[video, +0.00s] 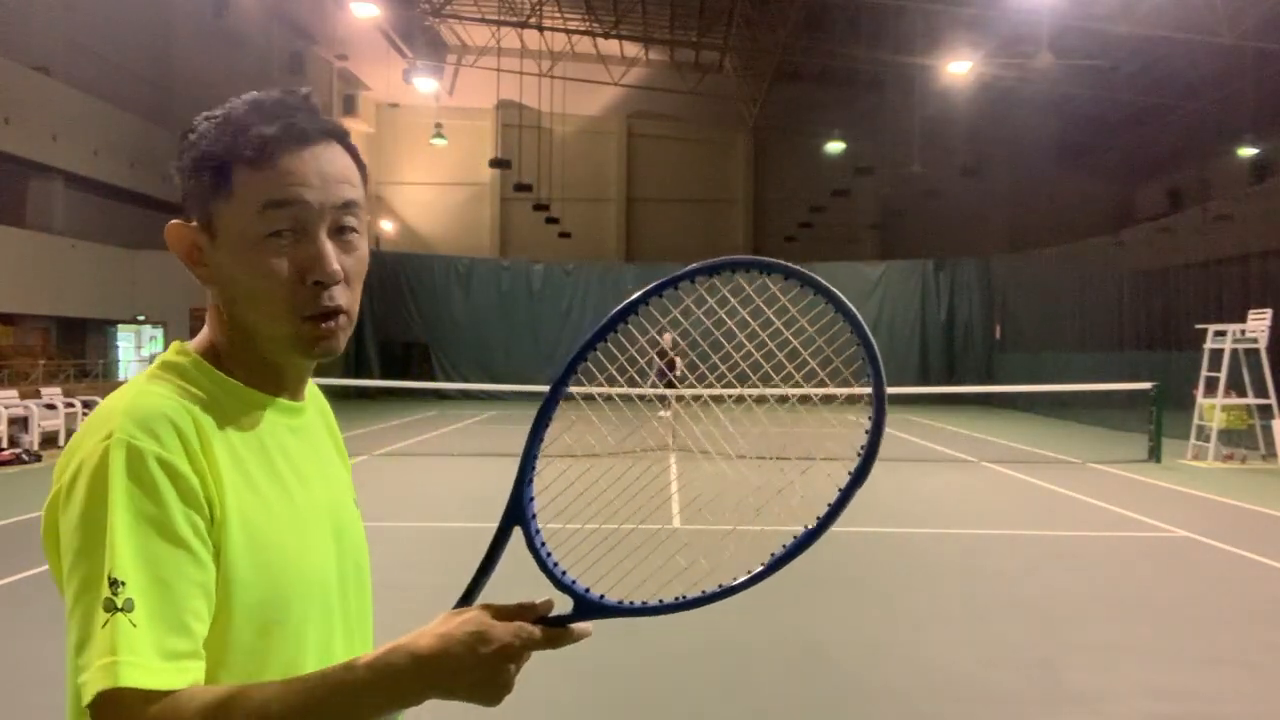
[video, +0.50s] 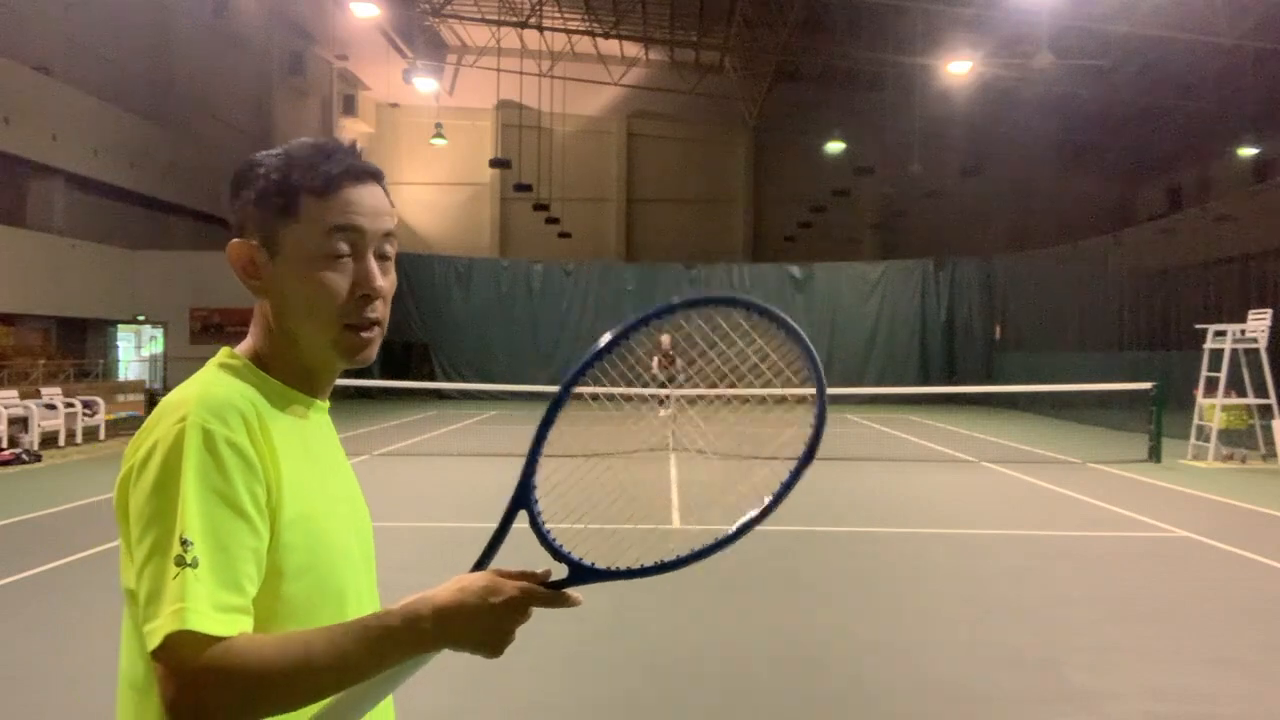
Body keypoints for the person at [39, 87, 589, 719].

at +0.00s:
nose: (330, 268)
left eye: (346, 227)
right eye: (283, 232)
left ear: (368, 237)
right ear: (197, 253)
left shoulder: (306, 409)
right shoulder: (139, 441)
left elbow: (302, 651)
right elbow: (133, 707)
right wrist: (412, 671)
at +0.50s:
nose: (376, 283)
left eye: (386, 253)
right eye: (340, 252)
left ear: (397, 256)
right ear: (253, 266)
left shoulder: (301, 417)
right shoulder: (207, 425)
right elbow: (193, 684)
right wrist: (428, 622)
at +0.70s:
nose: (428, 288)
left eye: (423, 264)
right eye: (416, 262)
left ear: (353, 276)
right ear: (352, 274)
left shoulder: (305, 404)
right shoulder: (266, 408)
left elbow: (327, 630)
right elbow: (317, 641)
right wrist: (534, 602)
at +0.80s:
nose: (438, 291)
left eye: (438, 270)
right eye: (436, 269)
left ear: (322, 273)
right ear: (402, 278)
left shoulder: (289, 392)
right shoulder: (317, 410)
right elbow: (300, 647)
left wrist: (479, 668)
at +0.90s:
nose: (457, 298)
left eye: (458, 277)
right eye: (457, 277)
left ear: (343, 285)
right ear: (437, 285)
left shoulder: (282, 396)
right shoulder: (367, 409)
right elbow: (321, 637)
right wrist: (471, 712)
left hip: (247, 705)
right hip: (328, 709)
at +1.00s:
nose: (478, 309)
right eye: (480, 291)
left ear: (357, 290)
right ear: (468, 294)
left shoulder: (286, 407)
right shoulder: (425, 411)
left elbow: (246, 592)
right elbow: (390, 628)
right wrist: (482, 713)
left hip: (260, 707)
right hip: (364, 709)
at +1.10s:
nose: (503, 313)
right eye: (506, 299)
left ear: (391, 302)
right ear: (499, 303)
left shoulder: (315, 409)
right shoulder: (480, 420)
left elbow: (263, 595)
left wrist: (324, 681)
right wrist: (526, 713)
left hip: (298, 709)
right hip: (420, 709)